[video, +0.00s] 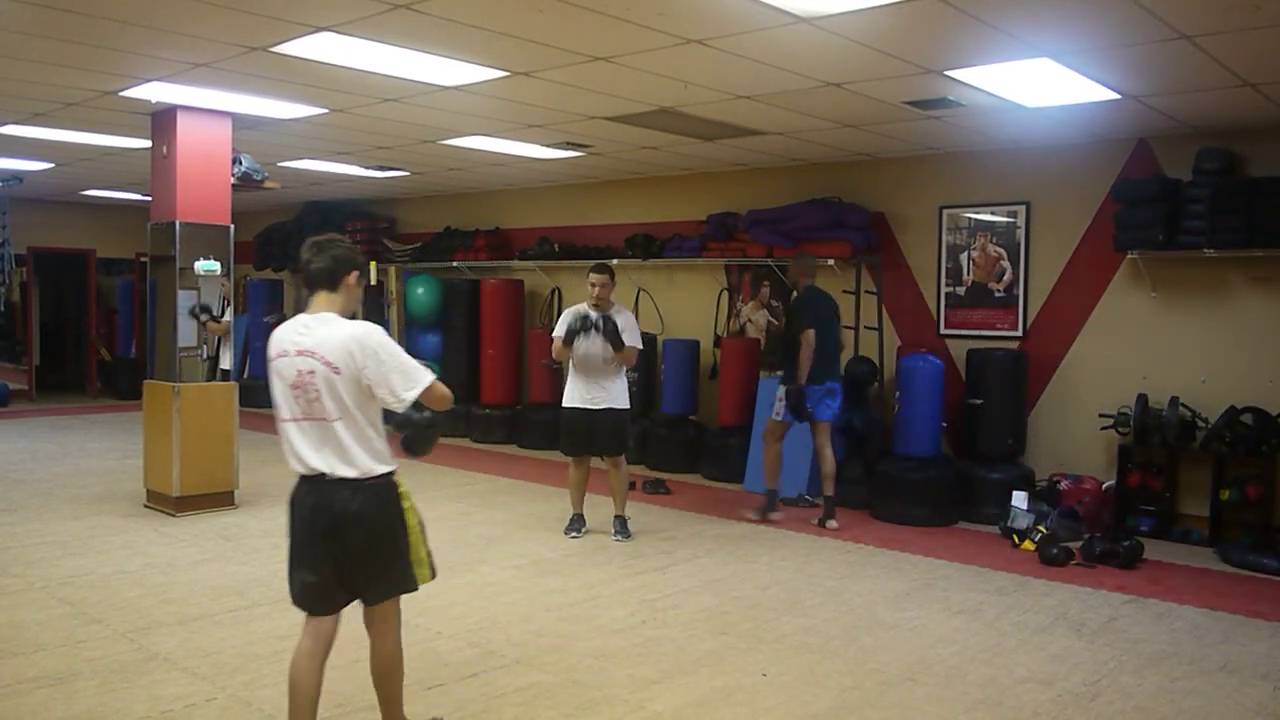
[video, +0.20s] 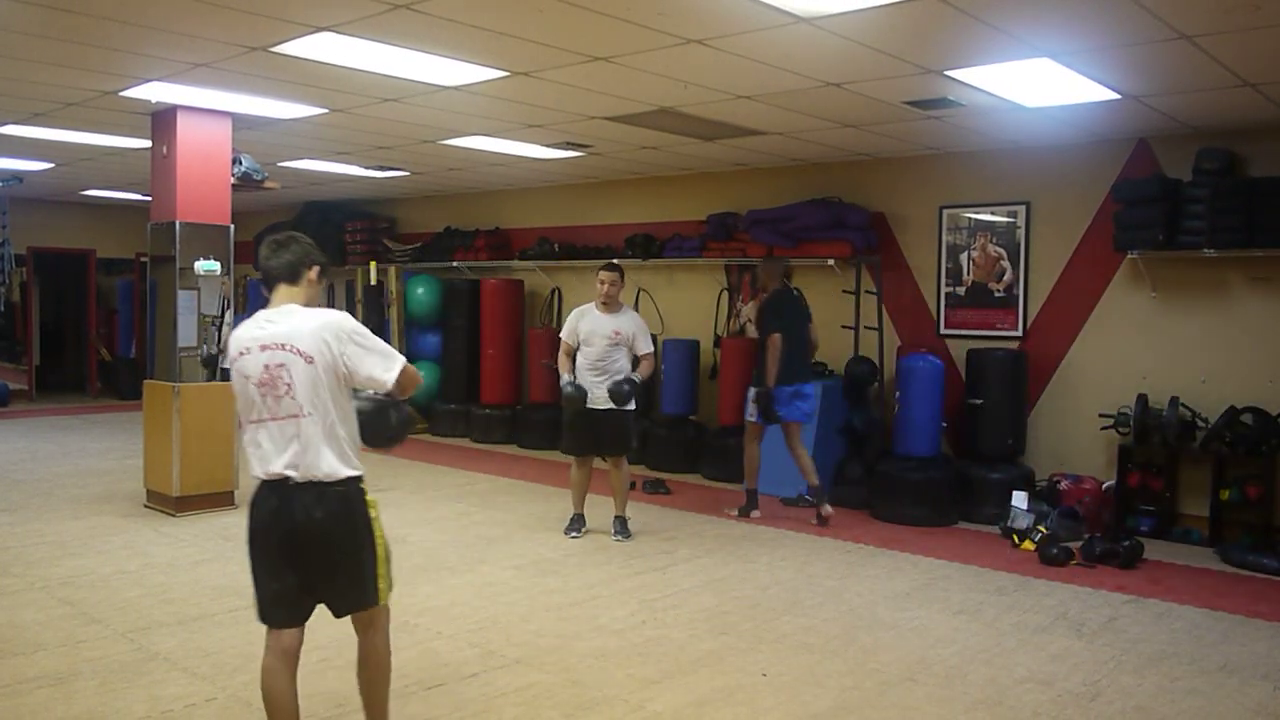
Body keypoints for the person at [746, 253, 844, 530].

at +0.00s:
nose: (787, 275)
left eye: (789, 270)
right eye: (789, 270)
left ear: (797, 273)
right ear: (813, 272)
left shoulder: (800, 301)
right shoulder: (829, 300)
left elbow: (809, 342)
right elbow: (840, 344)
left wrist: (799, 384)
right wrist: (825, 369)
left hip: (803, 381)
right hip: (829, 381)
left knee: (772, 436)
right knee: (823, 443)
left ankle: (771, 502)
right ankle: (829, 512)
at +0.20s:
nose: (758, 278)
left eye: (760, 274)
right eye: (760, 273)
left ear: (767, 275)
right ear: (784, 274)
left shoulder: (770, 303)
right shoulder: (798, 298)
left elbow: (775, 342)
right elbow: (812, 339)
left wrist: (768, 386)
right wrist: (800, 365)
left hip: (771, 383)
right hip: (799, 381)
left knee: (752, 439)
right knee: (795, 440)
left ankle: (751, 502)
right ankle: (819, 498)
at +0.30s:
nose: (741, 276)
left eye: (744, 271)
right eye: (743, 271)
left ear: (751, 275)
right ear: (766, 273)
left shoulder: (753, 303)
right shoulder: (783, 299)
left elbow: (755, 343)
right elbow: (798, 339)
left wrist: (744, 381)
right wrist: (794, 374)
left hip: (757, 381)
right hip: (781, 379)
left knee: (747, 437)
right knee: (771, 434)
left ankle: (750, 502)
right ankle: (800, 487)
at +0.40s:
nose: (729, 279)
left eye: (731, 274)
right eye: (730, 274)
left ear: (738, 275)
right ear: (754, 274)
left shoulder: (740, 301)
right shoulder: (771, 299)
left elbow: (739, 337)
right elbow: (786, 330)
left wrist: (726, 368)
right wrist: (785, 367)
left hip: (746, 376)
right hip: (768, 374)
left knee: (745, 436)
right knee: (750, 432)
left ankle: (750, 501)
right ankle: (771, 481)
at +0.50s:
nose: (718, 278)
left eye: (720, 274)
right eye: (720, 273)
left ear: (725, 275)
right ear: (742, 274)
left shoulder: (726, 301)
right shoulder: (758, 299)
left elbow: (723, 337)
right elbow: (773, 334)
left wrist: (708, 363)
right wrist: (777, 371)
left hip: (734, 376)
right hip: (756, 374)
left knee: (738, 435)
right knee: (734, 430)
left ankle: (750, 500)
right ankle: (740, 485)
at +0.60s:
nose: (706, 281)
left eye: (707, 277)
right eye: (708, 277)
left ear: (711, 278)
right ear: (728, 276)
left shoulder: (712, 303)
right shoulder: (746, 302)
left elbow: (710, 341)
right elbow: (761, 341)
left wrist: (687, 365)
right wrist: (768, 378)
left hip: (722, 378)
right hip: (743, 376)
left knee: (732, 435)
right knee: (716, 431)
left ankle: (749, 499)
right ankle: (707, 484)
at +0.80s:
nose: (679, 281)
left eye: (680, 277)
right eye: (680, 277)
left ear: (687, 277)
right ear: (701, 276)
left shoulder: (691, 300)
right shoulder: (720, 300)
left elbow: (690, 337)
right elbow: (730, 333)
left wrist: (673, 364)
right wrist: (720, 361)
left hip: (693, 374)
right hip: (715, 373)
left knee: (685, 429)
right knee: (700, 429)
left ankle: (722, 476)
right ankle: (699, 487)